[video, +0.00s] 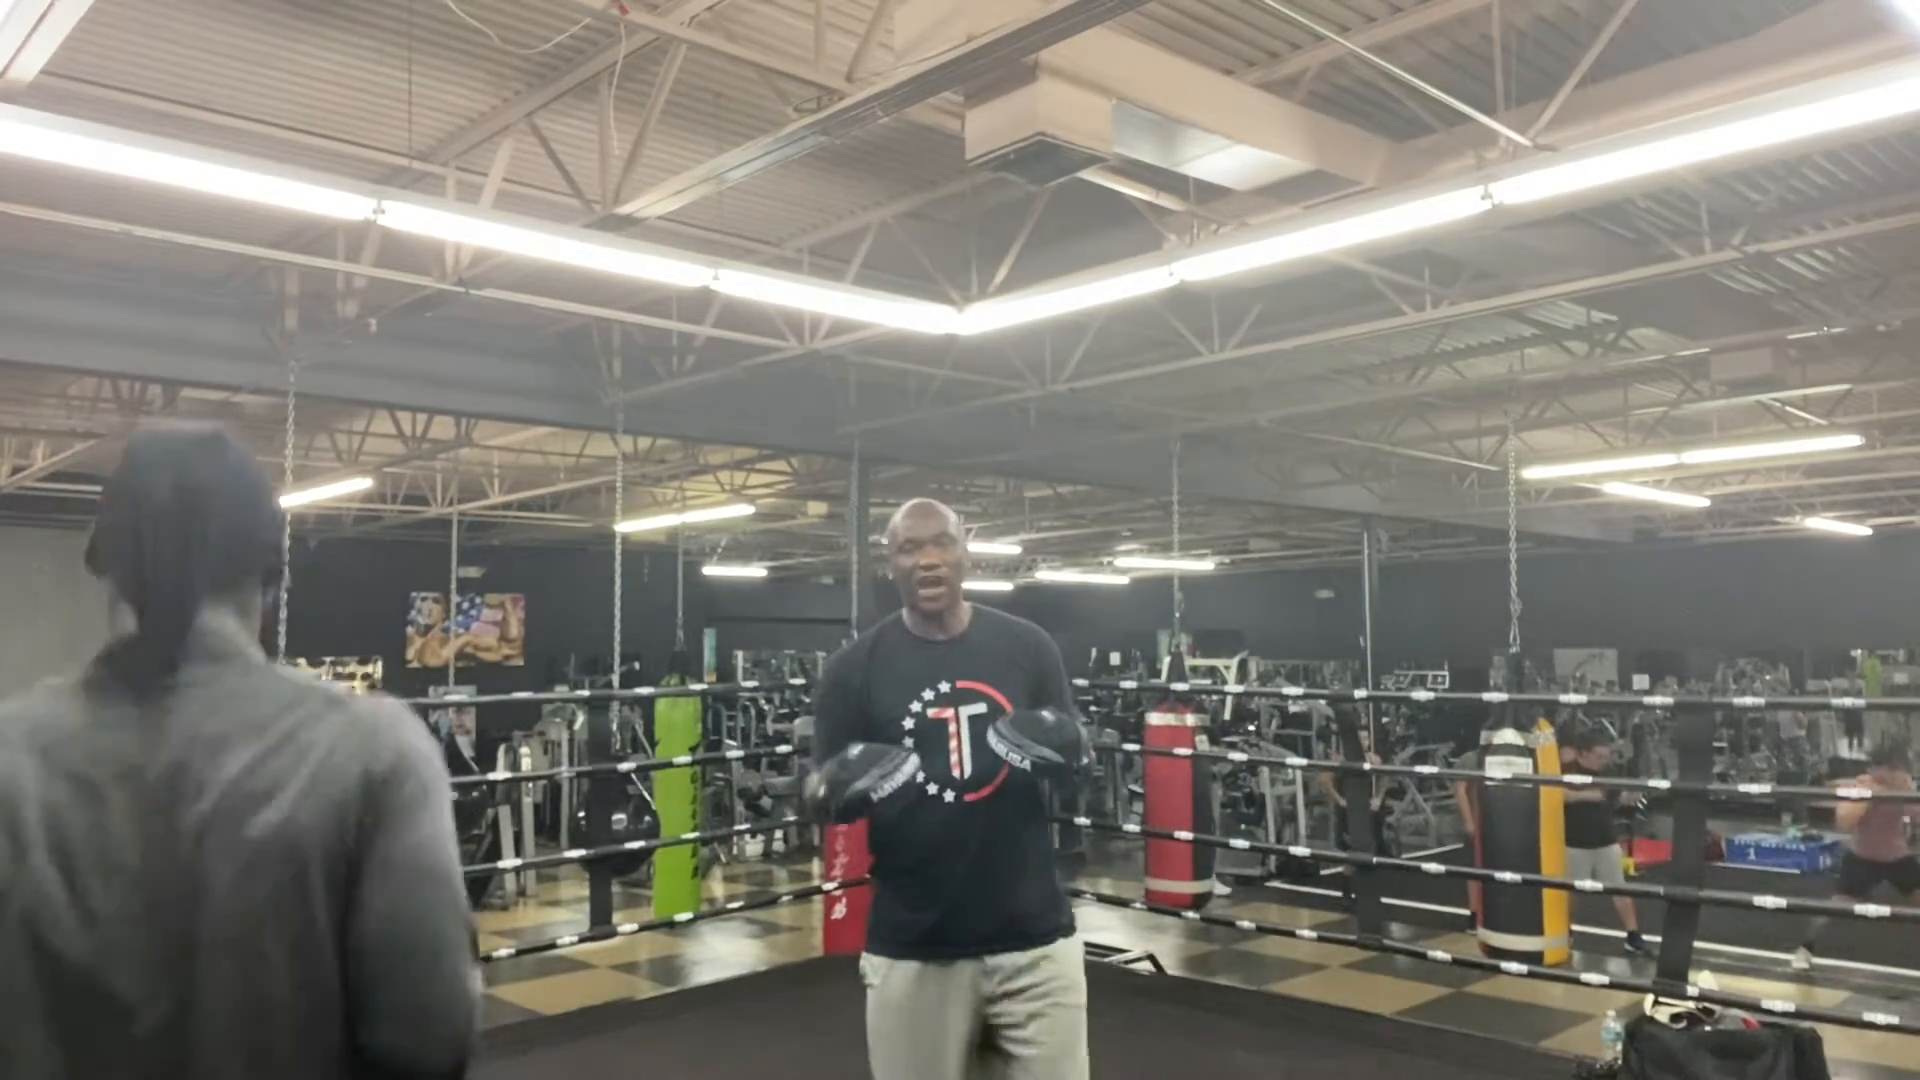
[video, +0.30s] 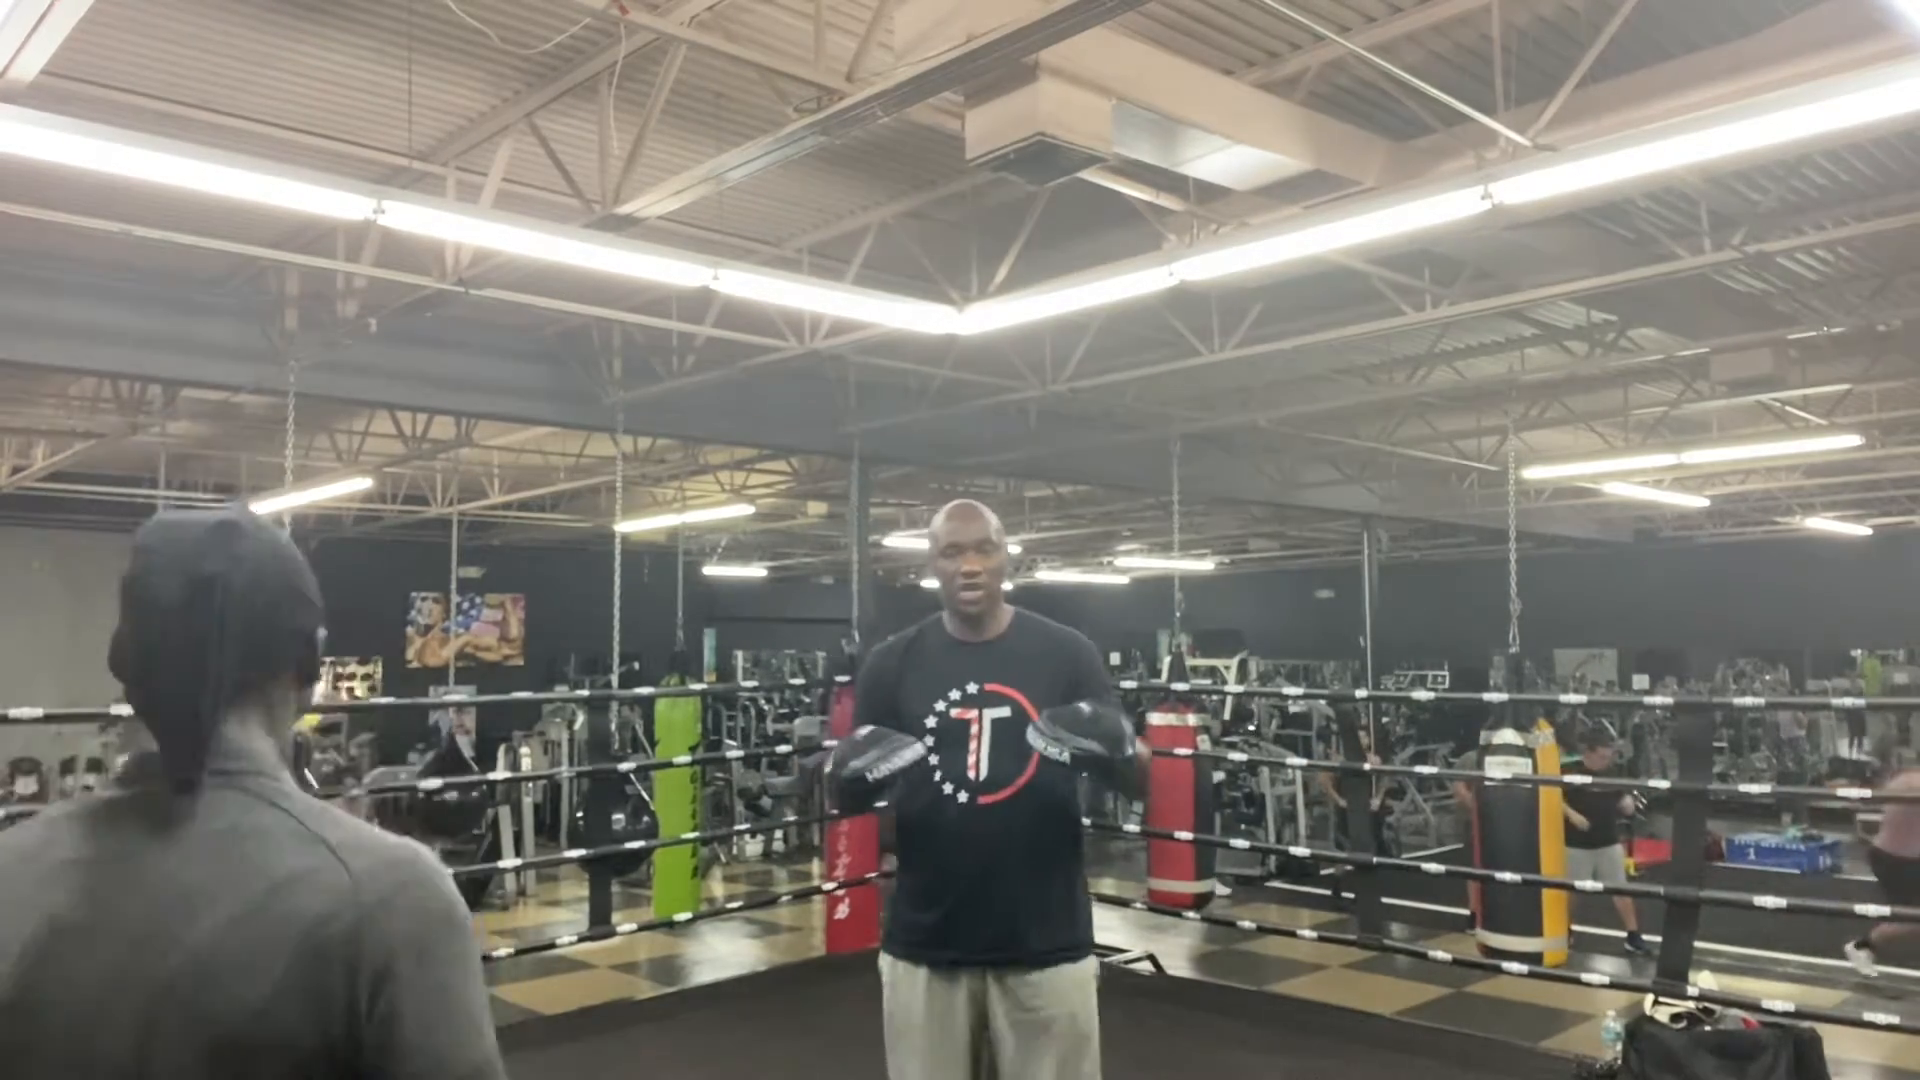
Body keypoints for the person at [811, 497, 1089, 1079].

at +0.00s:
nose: (928, 559)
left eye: (942, 543)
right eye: (911, 547)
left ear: (965, 554)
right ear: (890, 564)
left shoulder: (1031, 648)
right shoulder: (852, 669)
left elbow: (1074, 793)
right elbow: (820, 794)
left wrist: (1068, 755)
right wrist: (835, 789)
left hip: (1034, 942)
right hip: (913, 950)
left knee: (1058, 1072)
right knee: (914, 1073)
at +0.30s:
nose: (970, 565)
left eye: (983, 549)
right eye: (953, 552)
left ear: (1007, 558)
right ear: (932, 565)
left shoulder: (1069, 656)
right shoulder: (891, 665)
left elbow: (1139, 782)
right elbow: (849, 794)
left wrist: (1117, 750)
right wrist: (849, 780)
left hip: (1046, 944)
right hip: (926, 945)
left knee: (1056, 1073)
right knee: (925, 1073)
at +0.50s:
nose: (1033, 556)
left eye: (1049, 541)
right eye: (1017, 544)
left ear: (1074, 553)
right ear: (997, 558)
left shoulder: (1122, 650)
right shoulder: (954, 647)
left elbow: (1177, 784)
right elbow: (908, 764)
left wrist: (1178, 692)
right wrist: (856, 750)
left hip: (1079, 939)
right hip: (961, 934)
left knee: (1081, 1072)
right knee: (942, 1072)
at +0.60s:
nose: (1057, 561)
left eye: (1074, 546)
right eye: (1042, 547)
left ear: (1102, 556)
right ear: (1024, 560)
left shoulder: (1140, 652)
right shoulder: (980, 644)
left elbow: (1146, 804)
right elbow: (944, 768)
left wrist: (1158, 699)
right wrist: (894, 751)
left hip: (1090, 945)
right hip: (976, 936)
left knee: (1083, 1073)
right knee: (947, 1072)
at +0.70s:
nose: (1072, 565)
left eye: (1089, 550)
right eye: (1058, 551)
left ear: (1120, 559)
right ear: (1041, 562)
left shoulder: (1156, 662)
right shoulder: (1000, 637)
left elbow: (1143, 797)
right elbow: (957, 765)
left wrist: (1059, 753)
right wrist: (997, 738)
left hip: (1100, 952)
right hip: (989, 937)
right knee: (960, 1071)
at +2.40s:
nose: (1054, 580)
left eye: (1070, 566)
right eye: (1054, 565)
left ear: (1121, 576)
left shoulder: (1186, 671)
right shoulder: (1038, 648)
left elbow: (1219, 807)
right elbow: (1003, 772)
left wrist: (1151, 771)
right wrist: (1009, 745)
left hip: (1137, 947)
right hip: (1041, 931)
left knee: (1135, 1073)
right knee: (1035, 1073)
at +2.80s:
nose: (1063, 580)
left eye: (1083, 564)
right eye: (1060, 563)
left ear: (1132, 574)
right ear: (1054, 567)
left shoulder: (1187, 675)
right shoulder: (1033, 642)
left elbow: (1210, 818)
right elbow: (991, 771)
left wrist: (1151, 766)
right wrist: (1008, 742)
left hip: (1129, 962)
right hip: (1023, 942)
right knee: (1002, 1073)